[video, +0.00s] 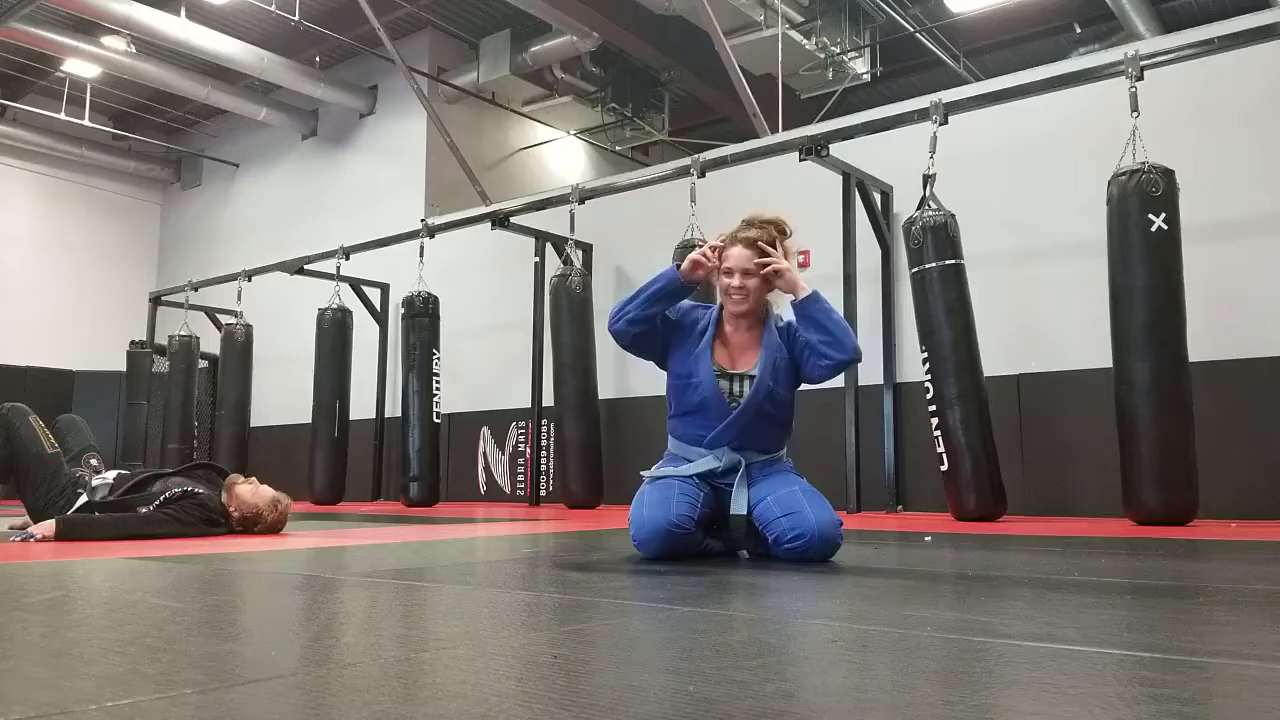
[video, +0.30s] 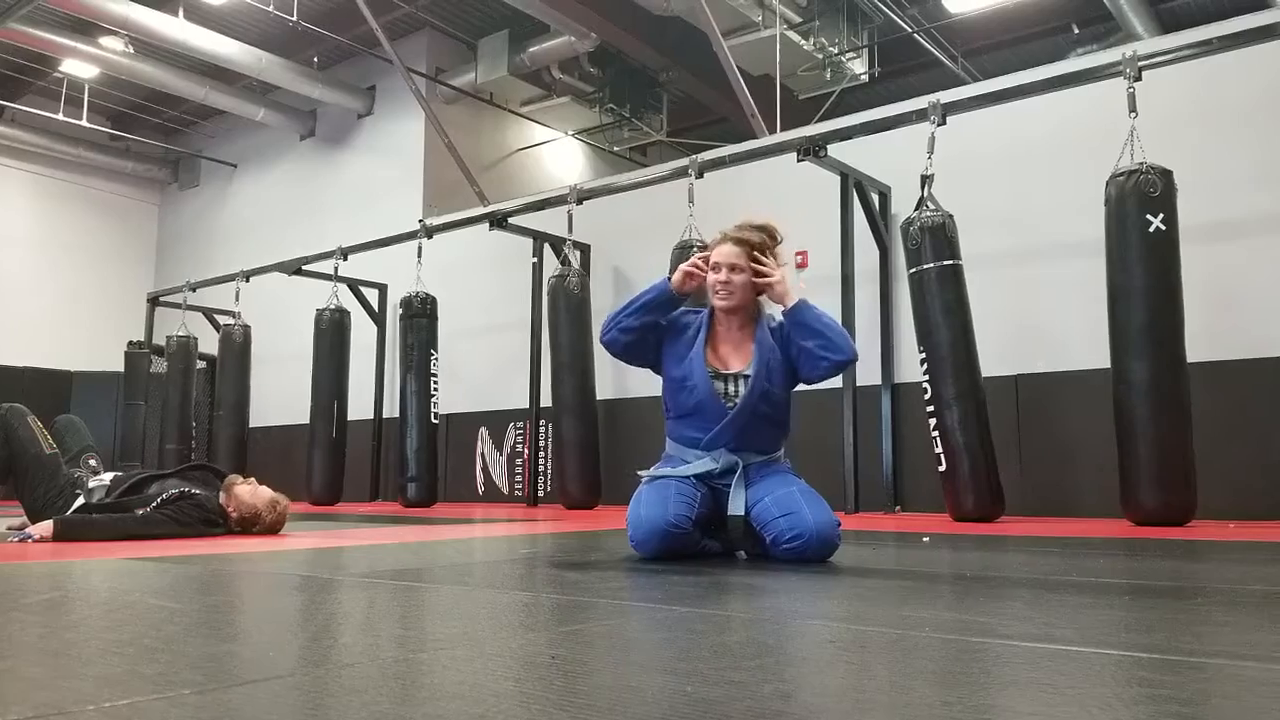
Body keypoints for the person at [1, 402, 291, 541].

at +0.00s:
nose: (250, 476)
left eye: (253, 487)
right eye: (259, 482)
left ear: (239, 511)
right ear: (241, 505)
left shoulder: (202, 512)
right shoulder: (218, 489)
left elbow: (133, 524)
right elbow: (154, 484)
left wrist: (61, 527)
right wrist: (115, 479)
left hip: (69, 501)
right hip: (102, 483)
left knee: (13, 414)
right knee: (68, 420)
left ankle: (8, 484)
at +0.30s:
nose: (249, 476)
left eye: (250, 487)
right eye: (257, 482)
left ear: (234, 510)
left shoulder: (199, 513)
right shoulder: (219, 489)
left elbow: (131, 524)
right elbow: (158, 483)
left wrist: (57, 527)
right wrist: (116, 480)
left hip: (68, 501)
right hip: (102, 484)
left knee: (11, 414)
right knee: (66, 421)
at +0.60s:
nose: (249, 476)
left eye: (251, 487)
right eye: (257, 483)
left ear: (234, 510)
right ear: (238, 505)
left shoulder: (199, 513)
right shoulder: (218, 490)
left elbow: (129, 524)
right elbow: (156, 483)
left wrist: (56, 527)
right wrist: (115, 480)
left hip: (67, 501)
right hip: (100, 485)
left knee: (11, 414)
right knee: (66, 421)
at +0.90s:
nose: (247, 476)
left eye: (249, 487)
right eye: (255, 483)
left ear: (233, 509)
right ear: (236, 503)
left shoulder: (199, 513)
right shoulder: (216, 488)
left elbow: (130, 524)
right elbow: (155, 482)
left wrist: (56, 527)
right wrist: (113, 478)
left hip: (68, 501)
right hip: (100, 485)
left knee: (11, 414)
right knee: (66, 421)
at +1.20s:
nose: (247, 476)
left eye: (248, 487)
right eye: (254, 483)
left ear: (233, 509)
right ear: (236, 504)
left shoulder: (199, 513)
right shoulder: (216, 490)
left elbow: (129, 524)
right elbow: (154, 483)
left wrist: (55, 527)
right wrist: (111, 481)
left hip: (67, 500)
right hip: (98, 485)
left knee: (12, 414)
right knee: (66, 421)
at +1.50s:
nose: (246, 477)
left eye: (248, 487)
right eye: (253, 483)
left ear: (233, 509)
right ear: (235, 504)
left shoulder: (199, 513)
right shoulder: (215, 490)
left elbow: (130, 524)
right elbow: (151, 487)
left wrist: (56, 527)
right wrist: (112, 481)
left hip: (68, 500)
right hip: (99, 486)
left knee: (11, 414)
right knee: (66, 421)